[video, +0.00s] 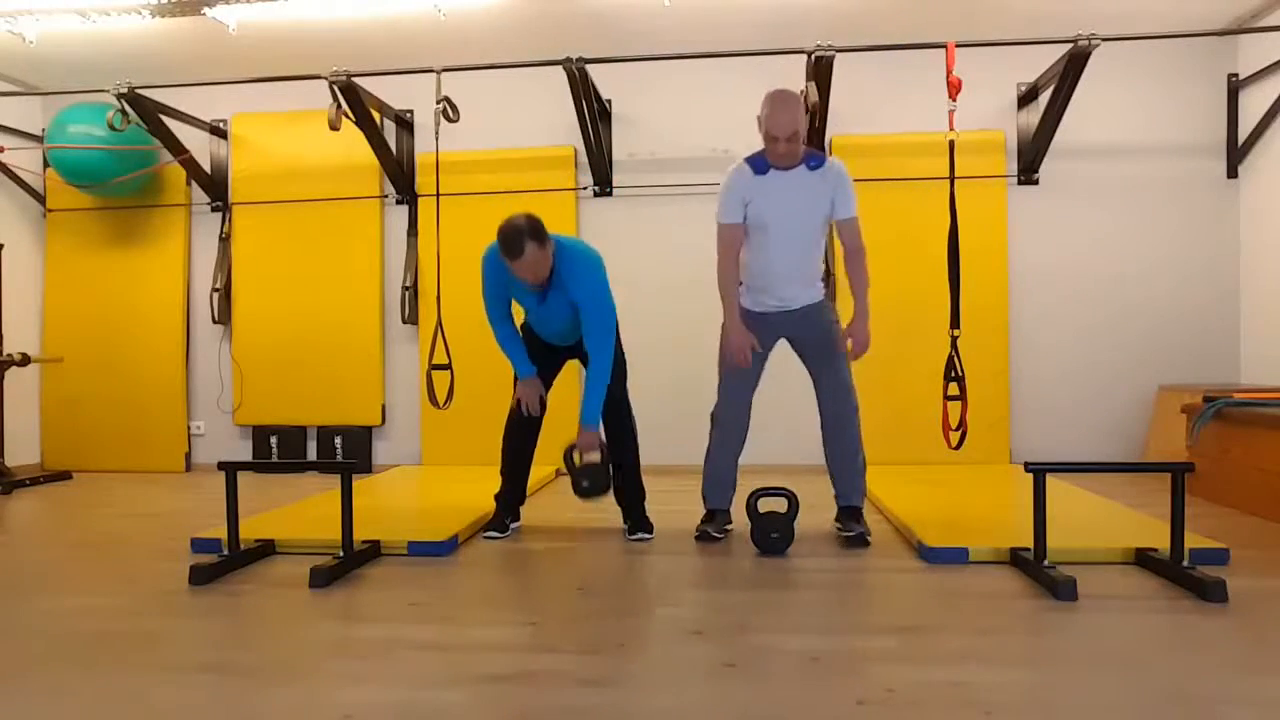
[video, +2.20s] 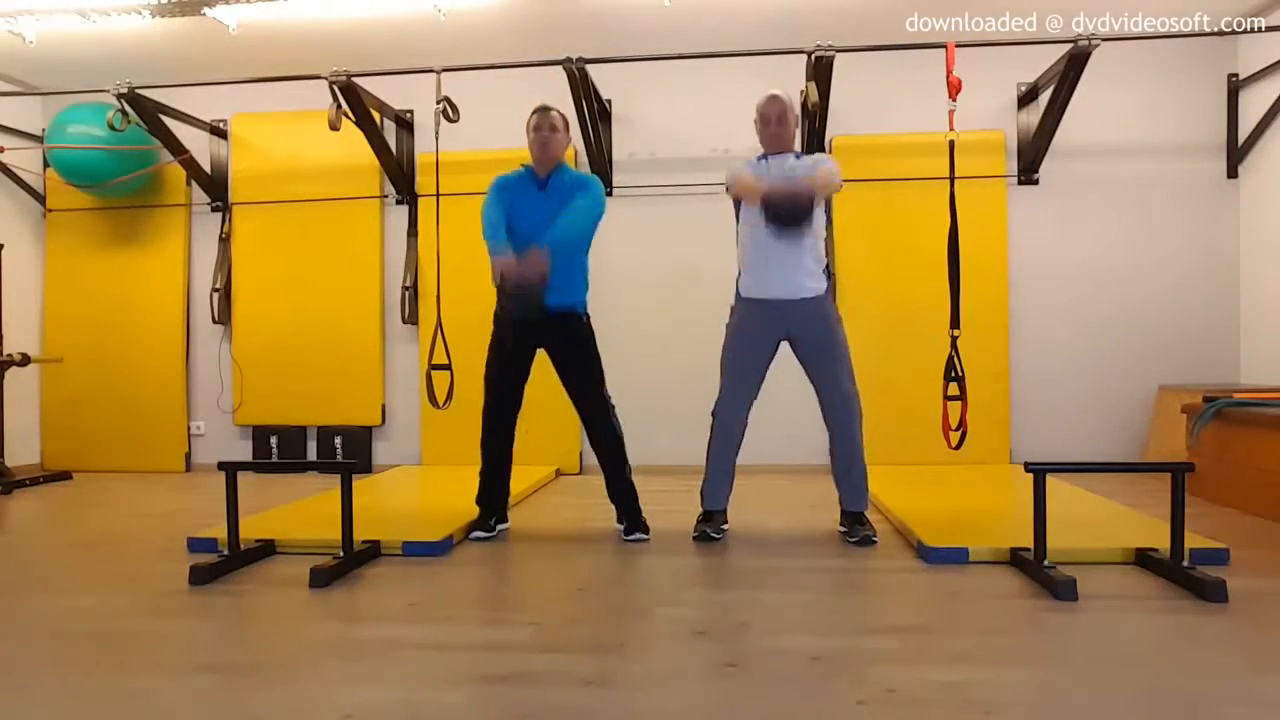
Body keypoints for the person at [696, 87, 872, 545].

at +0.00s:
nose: (785, 146)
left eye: (793, 137)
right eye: (776, 138)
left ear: (805, 129)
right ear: (760, 129)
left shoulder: (831, 174)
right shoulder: (741, 179)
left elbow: (852, 247)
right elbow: (727, 254)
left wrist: (860, 315)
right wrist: (731, 321)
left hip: (812, 311)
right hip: (752, 313)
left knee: (841, 404)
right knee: (729, 409)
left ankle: (850, 509)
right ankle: (717, 510)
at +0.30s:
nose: (777, 203)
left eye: (786, 194)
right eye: (767, 195)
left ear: (801, 182)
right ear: (754, 184)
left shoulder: (829, 221)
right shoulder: (738, 227)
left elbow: (833, 304)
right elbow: (734, 309)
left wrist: (820, 374)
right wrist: (740, 374)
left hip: (809, 322)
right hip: (752, 324)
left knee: (840, 394)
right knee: (727, 399)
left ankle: (853, 510)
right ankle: (716, 509)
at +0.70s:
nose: (772, 275)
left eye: (781, 266)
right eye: (763, 266)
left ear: (797, 249)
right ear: (750, 248)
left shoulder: (824, 282)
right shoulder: (733, 285)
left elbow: (817, 364)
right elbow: (739, 365)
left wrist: (798, 436)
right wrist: (753, 434)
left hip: (805, 344)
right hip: (751, 345)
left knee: (839, 397)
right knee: (722, 401)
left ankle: (853, 511)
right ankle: (712, 509)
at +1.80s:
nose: (774, 211)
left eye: (784, 202)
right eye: (767, 203)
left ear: (803, 205)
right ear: (760, 208)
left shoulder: (833, 256)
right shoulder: (744, 259)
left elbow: (822, 329)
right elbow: (751, 331)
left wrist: (806, 391)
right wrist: (768, 392)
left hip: (813, 343)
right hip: (756, 343)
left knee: (852, 400)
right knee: (723, 403)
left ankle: (853, 511)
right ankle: (713, 511)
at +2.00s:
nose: (774, 149)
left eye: (783, 141)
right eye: (767, 143)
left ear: (801, 150)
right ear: (759, 154)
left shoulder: (828, 205)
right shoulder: (746, 209)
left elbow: (824, 275)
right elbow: (754, 278)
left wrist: (810, 332)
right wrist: (769, 331)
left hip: (815, 322)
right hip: (757, 323)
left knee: (853, 403)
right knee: (724, 407)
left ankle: (854, 512)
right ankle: (713, 512)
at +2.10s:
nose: (775, 132)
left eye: (782, 124)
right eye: (767, 126)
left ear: (797, 129)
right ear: (757, 132)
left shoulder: (824, 176)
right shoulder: (745, 179)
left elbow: (823, 225)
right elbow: (752, 228)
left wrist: (807, 267)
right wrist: (774, 269)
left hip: (812, 312)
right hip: (756, 312)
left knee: (849, 404)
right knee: (727, 405)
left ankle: (854, 512)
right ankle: (713, 511)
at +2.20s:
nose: (772, 127)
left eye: (779, 120)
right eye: (765, 121)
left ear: (795, 124)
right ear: (755, 127)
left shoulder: (818, 162)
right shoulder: (745, 171)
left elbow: (827, 181)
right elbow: (741, 188)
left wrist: (784, 189)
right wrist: (778, 195)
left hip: (811, 306)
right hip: (755, 308)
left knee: (843, 407)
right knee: (730, 409)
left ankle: (854, 512)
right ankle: (713, 511)